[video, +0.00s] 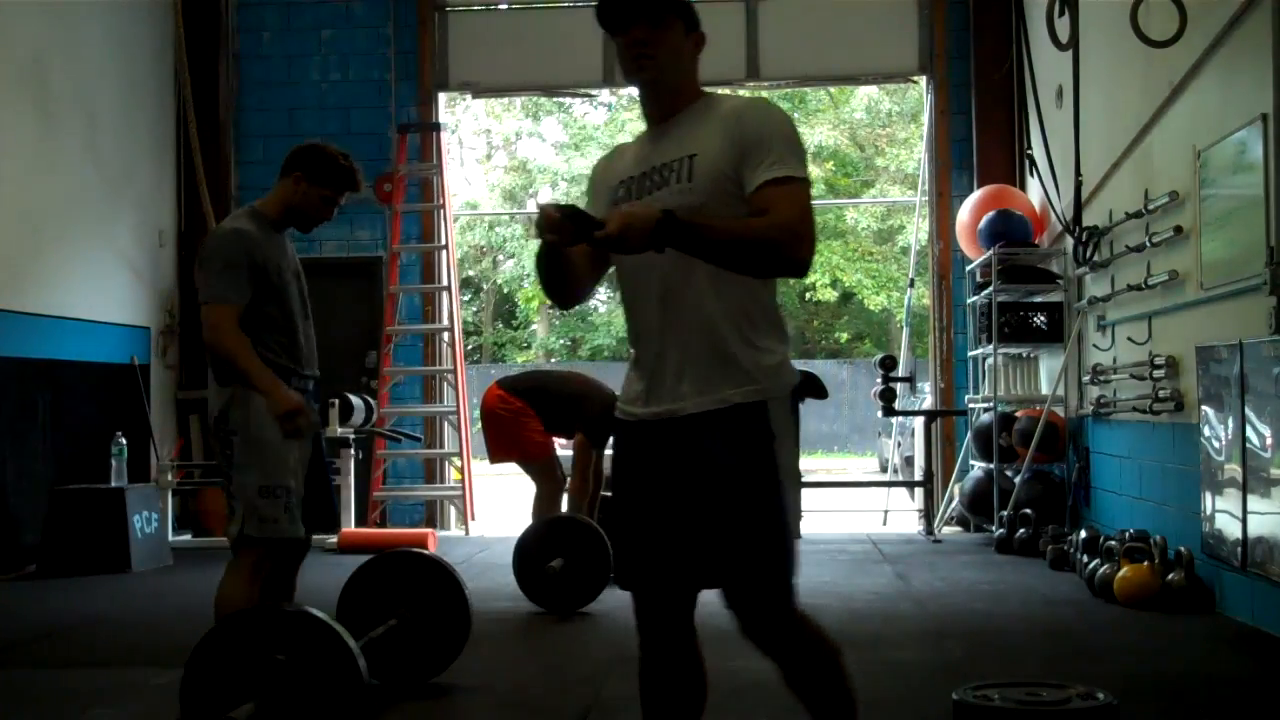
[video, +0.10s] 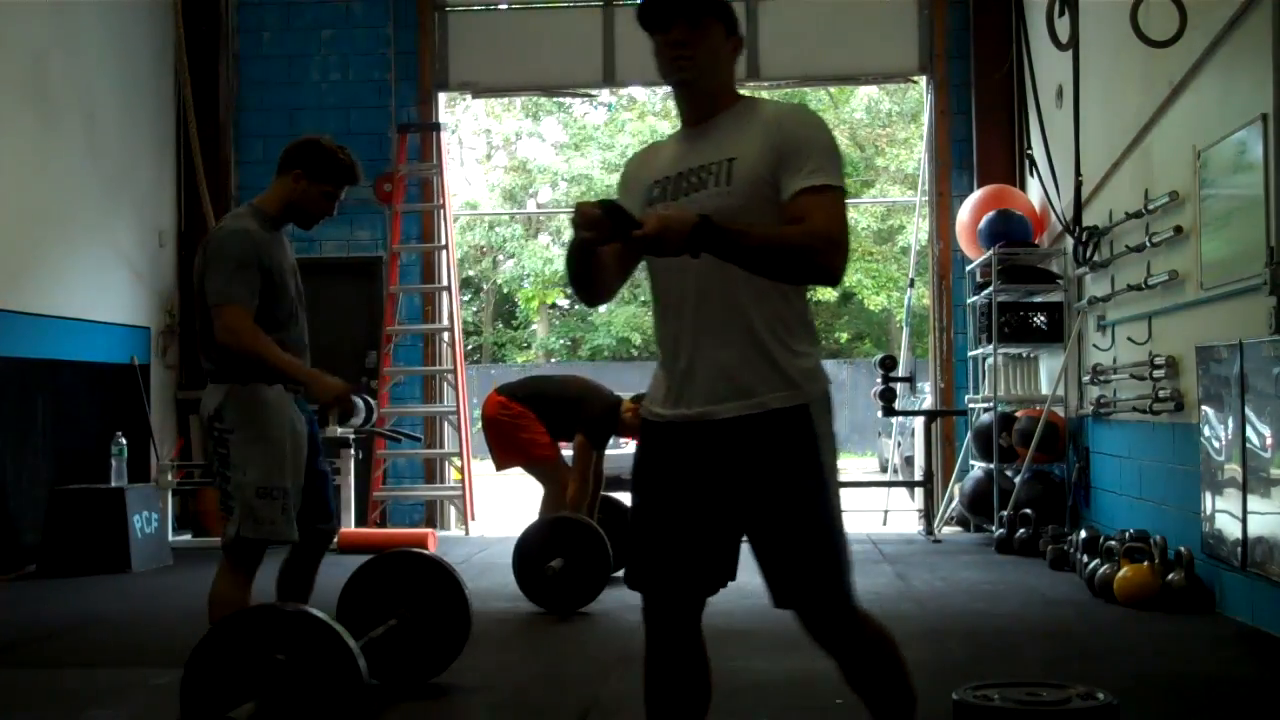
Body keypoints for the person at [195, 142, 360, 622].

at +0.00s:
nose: (331, 214)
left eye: (336, 205)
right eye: (329, 202)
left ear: (299, 187)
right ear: (299, 184)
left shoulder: (277, 242)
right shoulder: (236, 238)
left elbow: (276, 330)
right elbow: (220, 331)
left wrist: (306, 392)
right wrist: (277, 392)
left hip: (288, 409)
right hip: (255, 411)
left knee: (289, 544)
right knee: (261, 545)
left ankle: (270, 660)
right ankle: (233, 666)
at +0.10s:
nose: (332, 210)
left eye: (337, 200)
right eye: (330, 197)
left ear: (298, 183)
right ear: (299, 180)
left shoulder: (271, 238)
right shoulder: (239, 236)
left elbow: (272, 332)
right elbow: (235, 329)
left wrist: (321, 389)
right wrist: (313, 379)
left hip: (284, 402)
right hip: (251, 404)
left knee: (316, 530)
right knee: (249, 537)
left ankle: (286, 643)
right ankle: (230, 659)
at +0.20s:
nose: (332, 210)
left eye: (336, 200)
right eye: (330, 196)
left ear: (297, 183)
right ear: (299, 180)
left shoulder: (268, 237)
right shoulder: (239, 236)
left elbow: (272, 335)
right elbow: (253, 334)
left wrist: (347, 368)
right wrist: (347, 366)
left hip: (273, 403)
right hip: (240, 405)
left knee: (319, 519)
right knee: (238, 546)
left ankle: (298, 641)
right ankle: (226, 666)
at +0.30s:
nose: (330, 208)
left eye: (334, 197)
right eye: (328, 194)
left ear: (296, 180)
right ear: (299, 178)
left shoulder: (263, 231)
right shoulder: (243, 232)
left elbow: (282, 333)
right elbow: (276, 335)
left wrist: (360, 366)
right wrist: (365, 369)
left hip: (269, 400)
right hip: (240, 403)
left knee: (302, 534)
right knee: (239, 549)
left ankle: (313, 653)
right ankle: (228, 668)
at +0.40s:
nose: (330, 206)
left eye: (335, 195)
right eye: (329, 192)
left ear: (292, 177)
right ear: (299, 177)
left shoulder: (255, 227)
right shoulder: (246, 232)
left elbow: (292, 326)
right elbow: (291, 327)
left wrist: (361, 386)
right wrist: (370, 390)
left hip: (262, 402)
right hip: (241, 404)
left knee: (286, 545)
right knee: (238, 550)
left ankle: (314, 660)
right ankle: (227, 673)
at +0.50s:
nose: (331, 204)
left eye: (335, 193)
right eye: (329, 190)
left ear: (293, 176)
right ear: (296, 175)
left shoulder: (251, 224)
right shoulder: (250, 230)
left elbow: (287, 331)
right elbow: (292, 332)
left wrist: (341, 395)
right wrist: (347, 401)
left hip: (266, 402)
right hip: (243, 404)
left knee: (298, 535)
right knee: (239, 548)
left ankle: (299, 658)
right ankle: (227, 671)